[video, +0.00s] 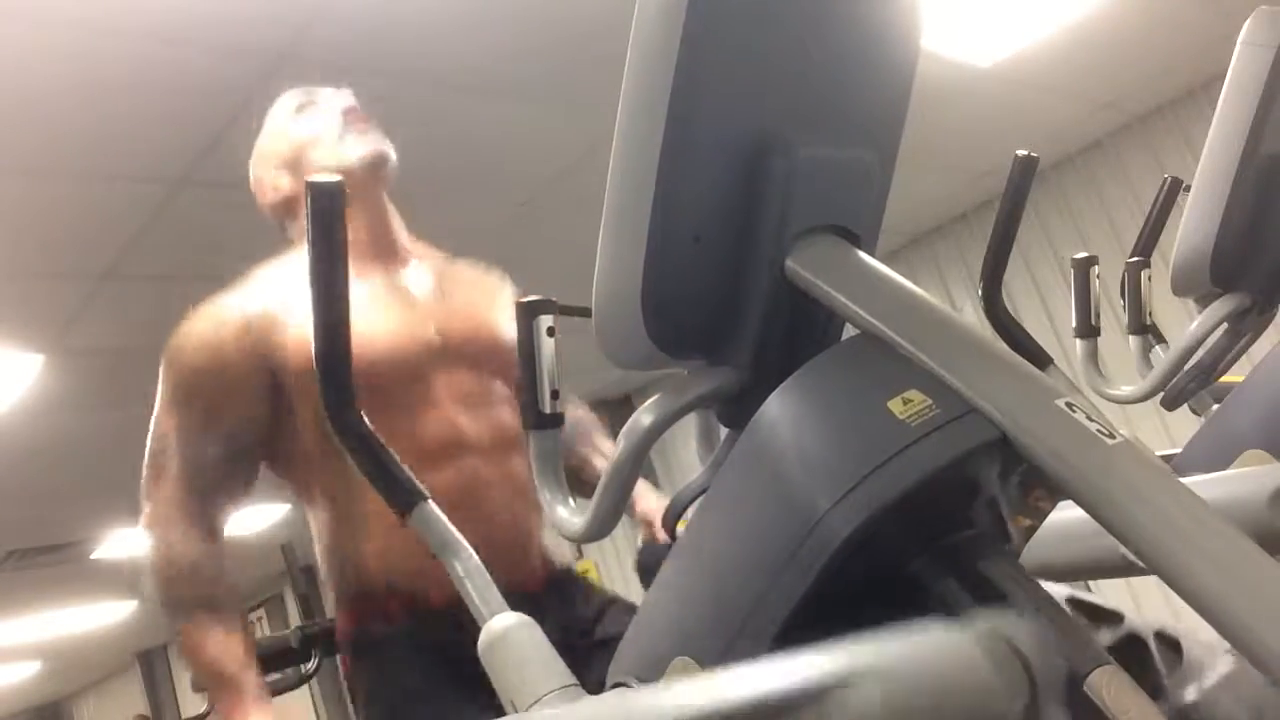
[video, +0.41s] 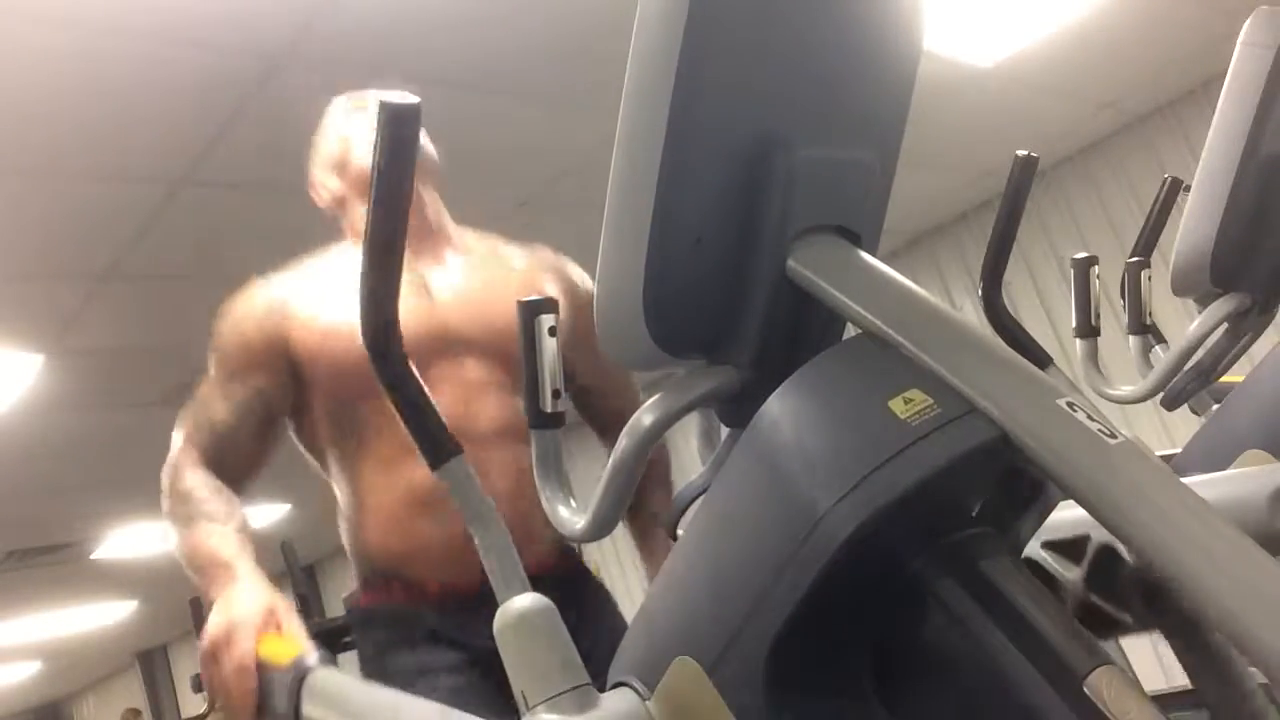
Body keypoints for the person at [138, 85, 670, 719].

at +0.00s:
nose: (346, 102)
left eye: (352, 101)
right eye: (308, 107)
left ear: (383, 145)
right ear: (272, 185)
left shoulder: (487, 288)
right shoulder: (238, 327)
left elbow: (563, 416)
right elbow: (180, 524)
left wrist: (649, 504)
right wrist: (238, 696)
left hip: (551, 607)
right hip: (406, 646)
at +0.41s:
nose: (387, 126)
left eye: (399, 118)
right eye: (357, 124)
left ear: (432, 153)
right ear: (322, 185)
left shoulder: (543, 277)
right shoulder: (278, 309)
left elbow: (636, 437)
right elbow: (193, 472)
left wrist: (673, 589)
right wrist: (236, 586)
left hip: (564, 601)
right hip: (415, 629)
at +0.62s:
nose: (383, 101)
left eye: (399, 101)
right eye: (350, 108)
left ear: (435, 149)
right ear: (325, 180)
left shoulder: (547, 279)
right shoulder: (280, 311)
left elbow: (637, 452)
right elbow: (193, 477)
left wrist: (679, 607)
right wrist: (238, 574)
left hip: (565, 618)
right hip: (418, 644)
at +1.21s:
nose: (370, 75)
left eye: (377, 73)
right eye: (331, 72)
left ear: (400, 119)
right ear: (288, 138)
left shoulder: (500, 258)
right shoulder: (246, 273)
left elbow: (579, 397)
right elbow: (175, 458)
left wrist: (646, 528)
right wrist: (230, 638)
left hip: (540, 574)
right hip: (393, 606)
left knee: (675, 705)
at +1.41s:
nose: (413, 152)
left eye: (423, 148)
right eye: (377, 151)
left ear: (445, 190)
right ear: (335, 221)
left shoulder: (554, 338)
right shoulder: (282, 359)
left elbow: (646, 523)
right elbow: (186, 511)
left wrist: (693, 654)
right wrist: (227, 574)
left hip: (556, 652)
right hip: (404, 670)